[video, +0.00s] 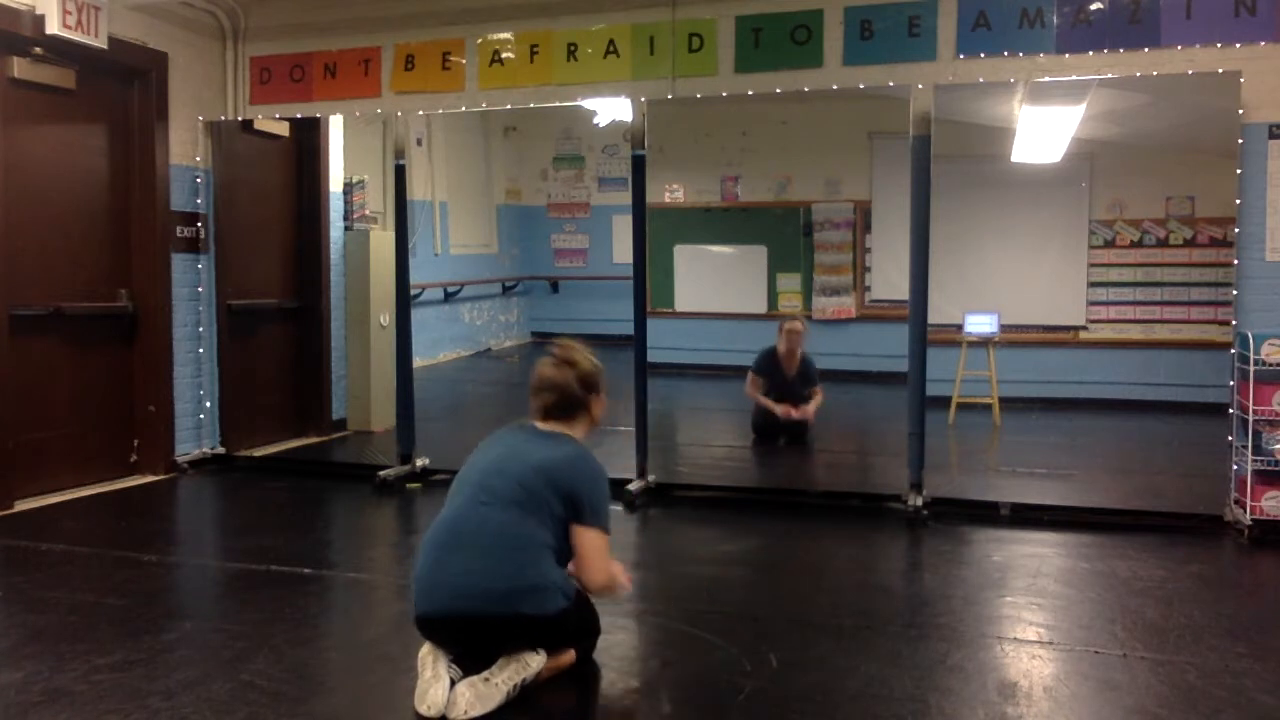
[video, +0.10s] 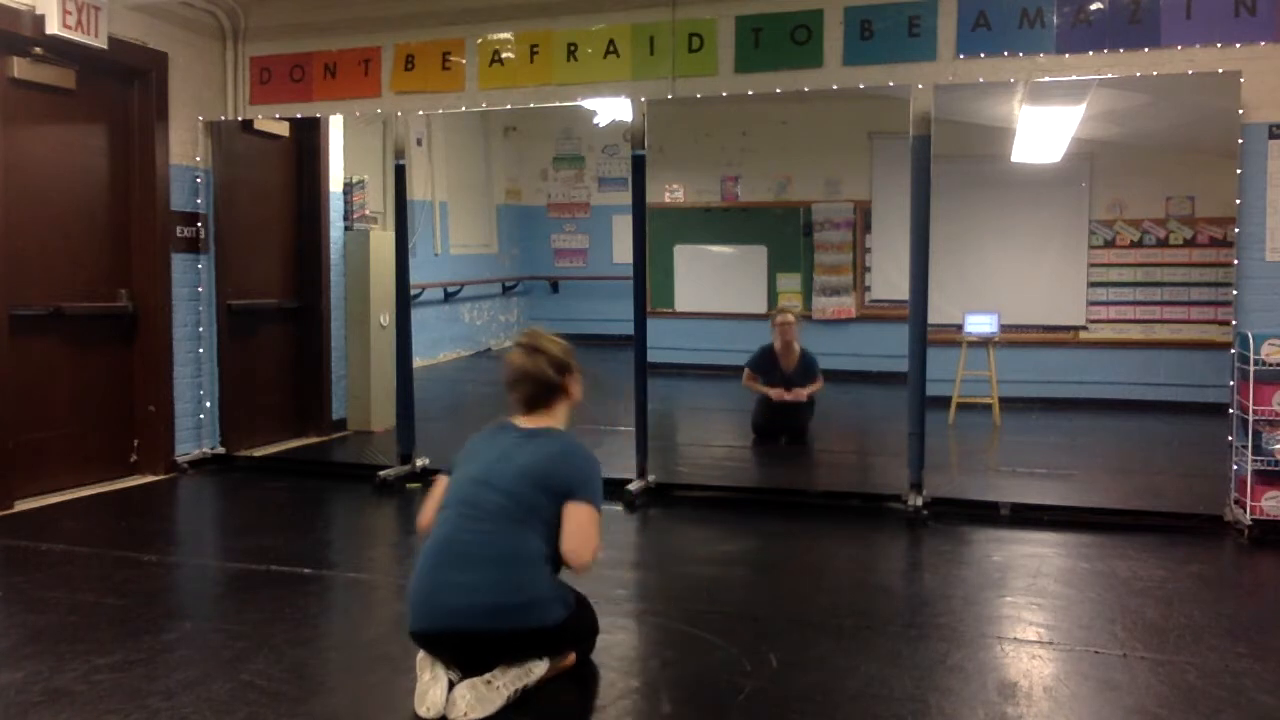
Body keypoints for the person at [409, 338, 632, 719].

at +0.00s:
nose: (604, 405)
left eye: (602, 395)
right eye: (602, 396)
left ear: (537, 398)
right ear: (593, 404)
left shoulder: (496, 443)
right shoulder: (580, 464)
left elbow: (502, 537)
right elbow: (594, 577)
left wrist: (573, 565)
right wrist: (613, 576)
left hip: (437, 597)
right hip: (520, 598)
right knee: (582, 632)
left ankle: (442, 663)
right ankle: (512, 676)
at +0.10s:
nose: (581, 384)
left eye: (578, 374)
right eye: (578, 375)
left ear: (516, 386)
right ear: (569, 385)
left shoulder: (479, 442)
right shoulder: (574, 457)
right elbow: (579, 556)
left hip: (431, 620)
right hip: (517, 618)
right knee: (583, 625)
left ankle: (443, 671)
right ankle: (502, 686)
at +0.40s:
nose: (519, 373)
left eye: (513, 368)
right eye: (515, 368)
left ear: (459, 390)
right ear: (508, 371)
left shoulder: (440, 450)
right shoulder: (555, 435)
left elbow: (404, 545)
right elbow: (586, 523)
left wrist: (457, 532)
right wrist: (552, 562)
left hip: (436, 626)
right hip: (528, 624)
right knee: (583, 617)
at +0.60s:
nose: (492, 407)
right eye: (488, 404)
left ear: (443, 435)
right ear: (485, 406)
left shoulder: (443, 474)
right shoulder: (545, 447)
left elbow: (425, 559)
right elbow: (582, 547)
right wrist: (549, 587)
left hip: (443, 616)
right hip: (538, 614)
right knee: (585, 631)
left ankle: (439, 663)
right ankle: (508, 681)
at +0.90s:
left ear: (452, 481)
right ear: (491, 458)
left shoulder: (459, 491)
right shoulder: (551, 477)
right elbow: (554, 537)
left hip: (443, 594)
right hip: (534, 587)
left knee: (486, 652)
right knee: (583, 637)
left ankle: (443, 662)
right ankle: (533, 666)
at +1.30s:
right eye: (510, 400)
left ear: (457, 421)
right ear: (507, 404)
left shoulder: (446, 458)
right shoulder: (546, 446)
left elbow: (452, 522)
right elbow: (557, 527)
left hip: (444, 606)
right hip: (536, 601)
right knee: (584, 635)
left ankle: (445, 662)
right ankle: (517, 675)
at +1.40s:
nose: (522, 390)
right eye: (519, 383)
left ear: (457, 399)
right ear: (512, 389)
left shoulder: (439, 445)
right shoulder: (544, 438)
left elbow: (420, 533)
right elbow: (584, 537)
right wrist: (548, 564)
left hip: (439, 609)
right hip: (528, 603)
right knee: (584, 632)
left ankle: (440, 664)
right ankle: (514, 675)